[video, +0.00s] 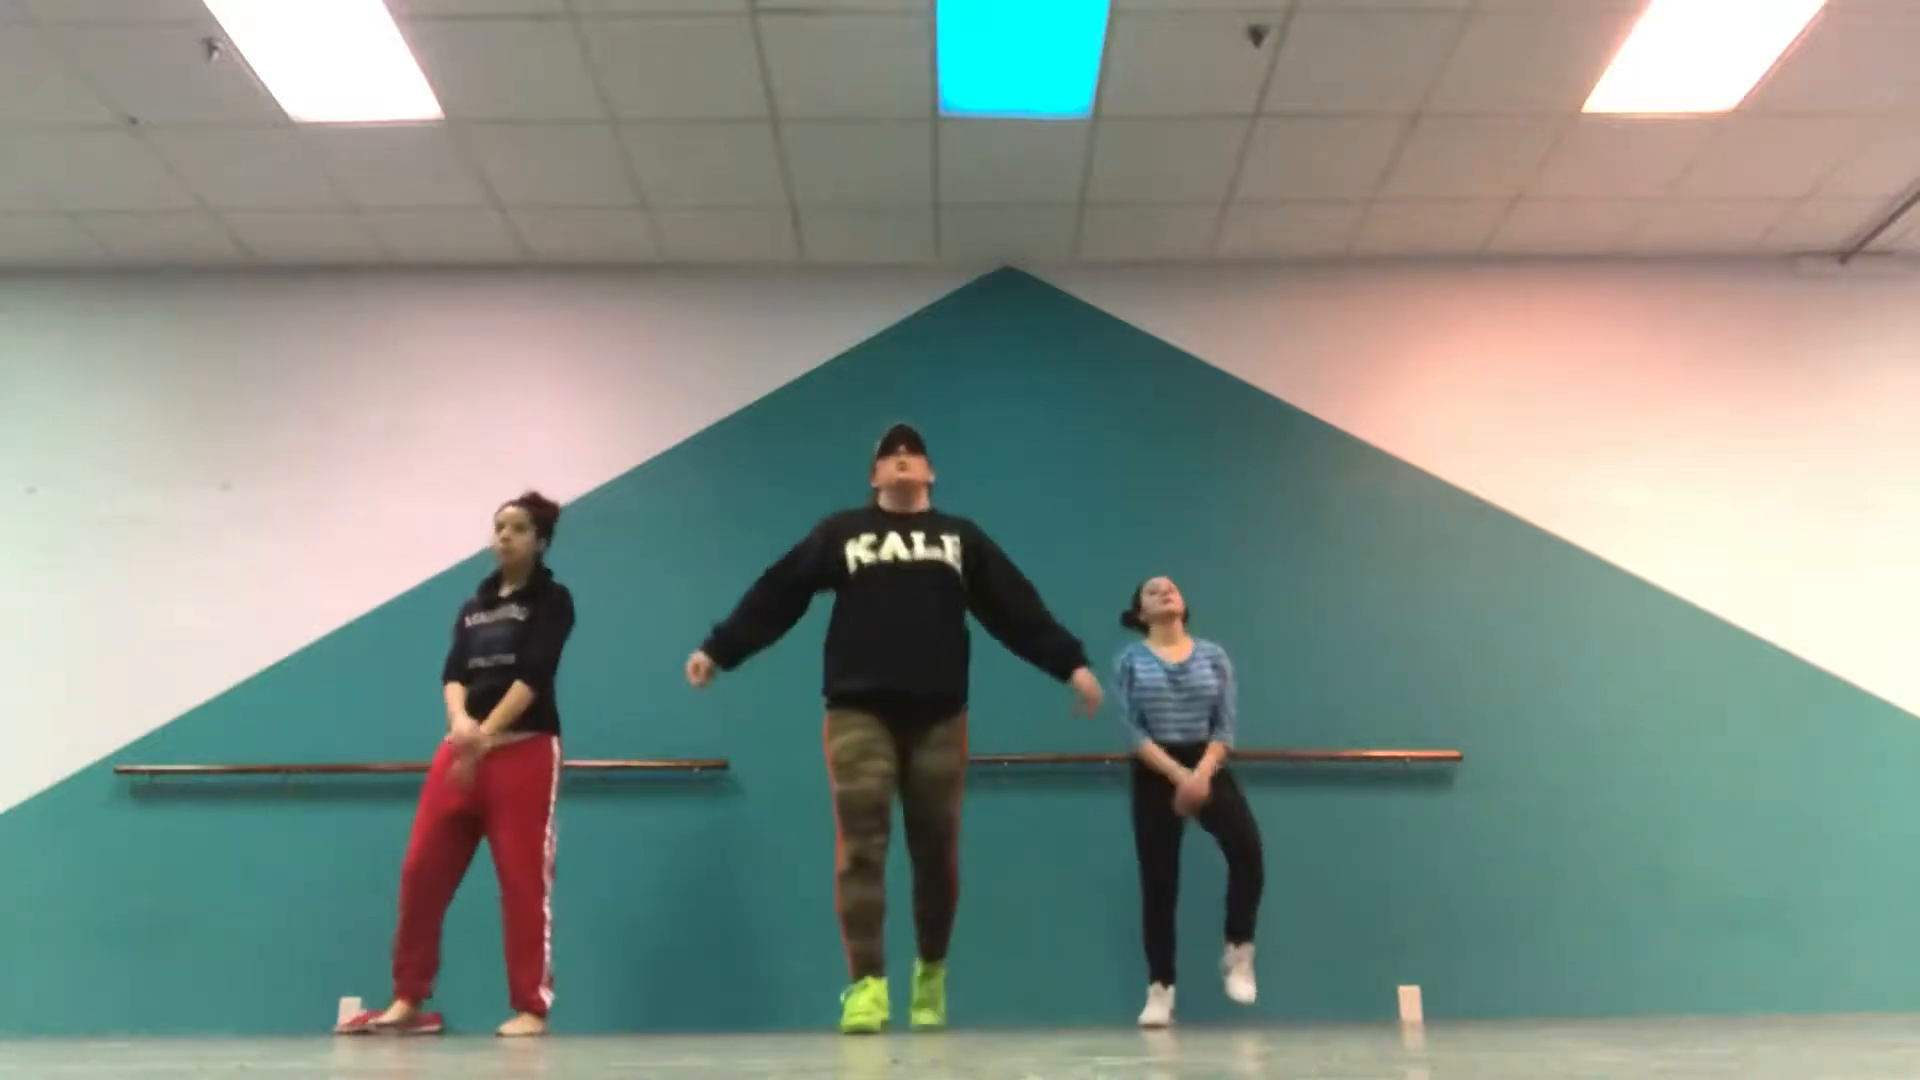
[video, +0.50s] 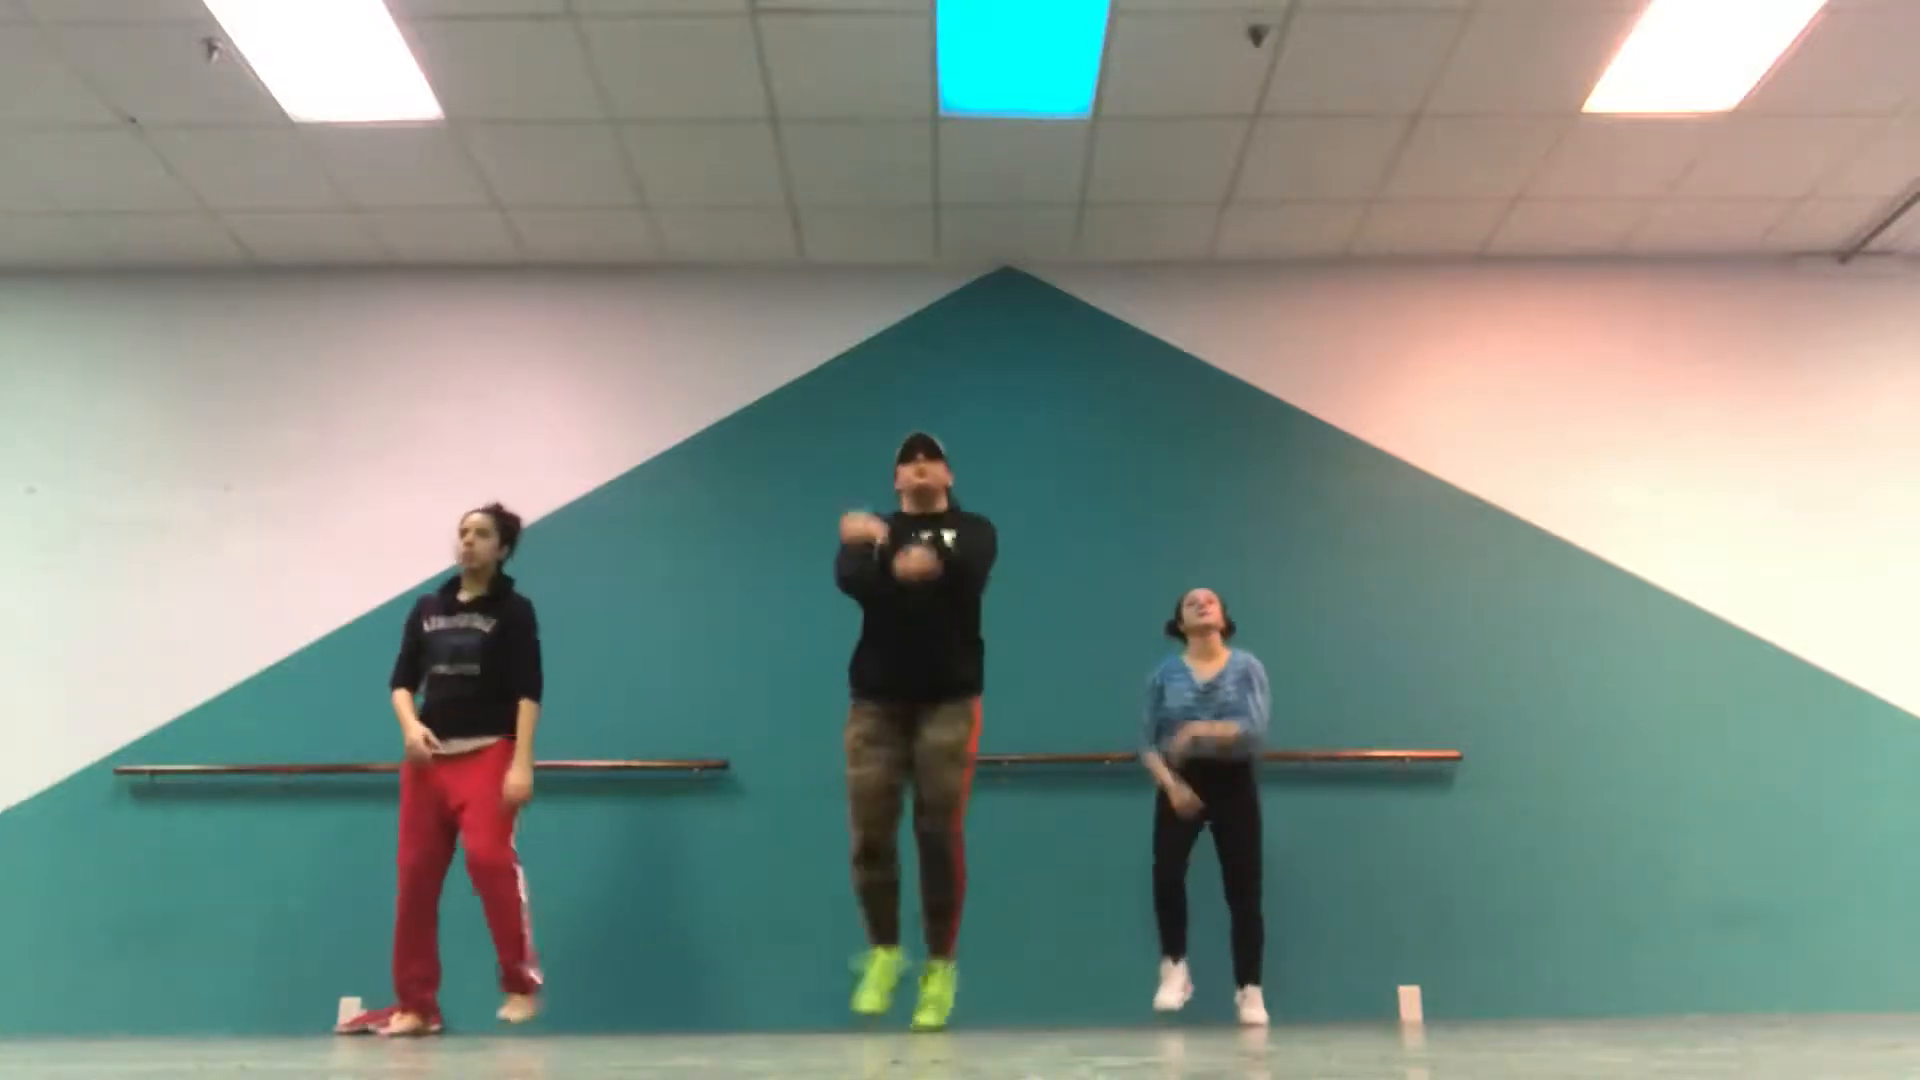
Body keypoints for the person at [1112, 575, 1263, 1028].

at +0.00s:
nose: (1167, 593)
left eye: (1172, 589)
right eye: (1155, 592)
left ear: (1184, 605)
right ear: (1140, 613)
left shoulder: (1214, 656)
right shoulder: (1131, 660)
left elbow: (1225, 727)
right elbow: (1130, 729)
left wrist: (1201, 775)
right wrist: (1180, 775)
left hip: (1205, 761)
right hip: (1154, 763)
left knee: (1246, 852)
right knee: (1159, 879)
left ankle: (1240, 949)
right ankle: (1161, 985)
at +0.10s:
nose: (1169, 597)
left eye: (1174, 592)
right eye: (1157, 596)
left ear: (1187, 608)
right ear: (1143, 618)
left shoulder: (1217, 659)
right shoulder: (1133, 665)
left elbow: (1229, 730)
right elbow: (1129, 733)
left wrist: (1194, 775)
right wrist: (1195, 765)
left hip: (1211, 773)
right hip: (1157, 773)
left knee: (1243, 877)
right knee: (1162, 886)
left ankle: (1246, 963)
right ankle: (1161, 987)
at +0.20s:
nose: (1177, 605)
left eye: (1182, 601)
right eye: (1166, 604)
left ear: (1195, 617)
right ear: (1152, 626)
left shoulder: (1227, 667)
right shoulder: (1142, 673)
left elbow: (1236, 738)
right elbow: (1137, 742)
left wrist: (1198, 780)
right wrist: (1195, 769)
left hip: (1216, 779)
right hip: (1162, 779)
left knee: (1235, 884)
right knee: (1165, 887)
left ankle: (1251, 984)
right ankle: (1161, 987)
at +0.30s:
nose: (1188, 611)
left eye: (1194, 606)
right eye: (1177, 610)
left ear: (1207, 621)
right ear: (1164, 631)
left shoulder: (1236, 671)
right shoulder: (1154, 679)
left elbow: (1250, 741)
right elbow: (1147, 744)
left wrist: (1211, 786)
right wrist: (1183, 787)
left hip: (1227, 779)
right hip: (1171, 781)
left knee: (1236, 891)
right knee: (1170, 889)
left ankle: (1247, 989)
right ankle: (1161, 988)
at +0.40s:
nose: (1198, 611)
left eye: (1206, 607)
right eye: (1188, 609)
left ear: (1221, 624)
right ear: (1176, 630)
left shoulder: (1244, 671)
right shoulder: (1163, 676)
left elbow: (1258, 740)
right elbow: (1150, 745)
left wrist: (1206, 780)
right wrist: (1174, 798)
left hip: (1232, 778)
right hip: (1177, 780)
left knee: (1242, 890)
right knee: (1173, 888)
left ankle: (1249, 989)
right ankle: (1163, 986)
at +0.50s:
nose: (1202, 605)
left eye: (1210, 601)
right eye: (1192, 603)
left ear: (1224, 619)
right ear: (1180, 624)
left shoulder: (1246, 667)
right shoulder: (1164, 674)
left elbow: (1255, 730)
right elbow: (1146, 743)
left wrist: (1198, 730)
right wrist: (1172, 785)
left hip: (1232, 775)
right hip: (1181, 774)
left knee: (1244, 885)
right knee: (1166, 873)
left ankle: (1249, 989)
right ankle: (1174, 969)